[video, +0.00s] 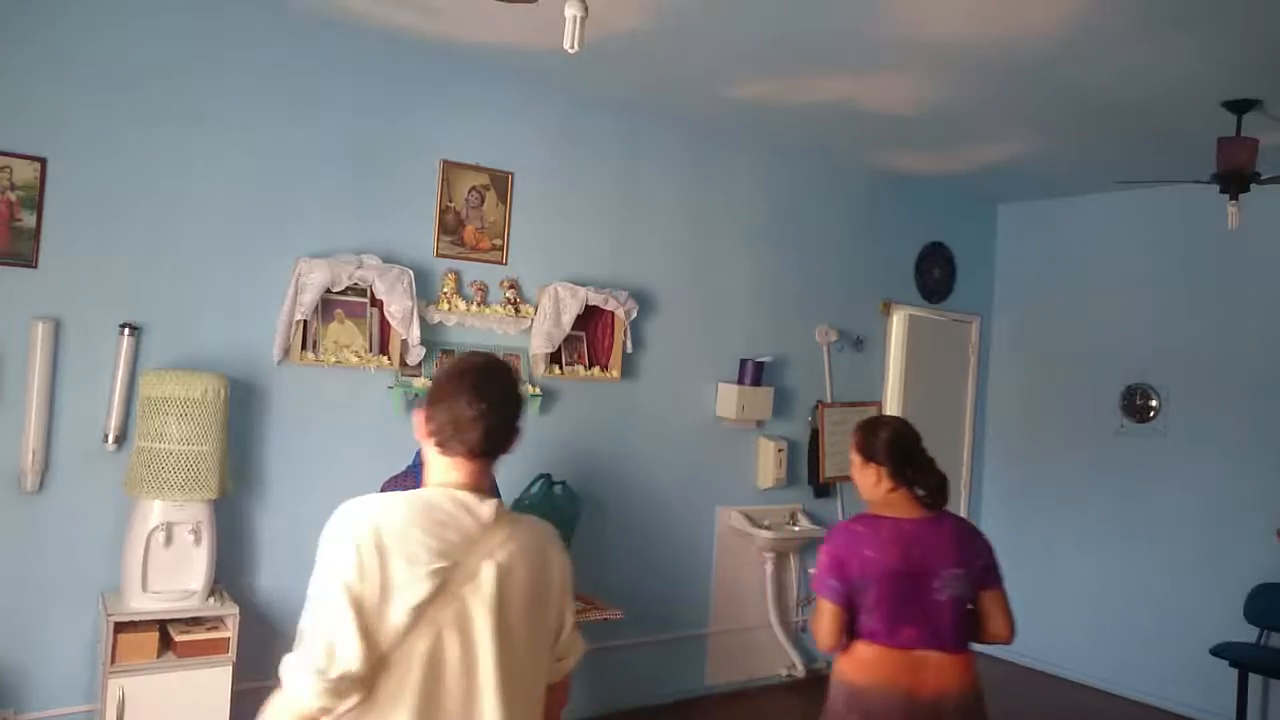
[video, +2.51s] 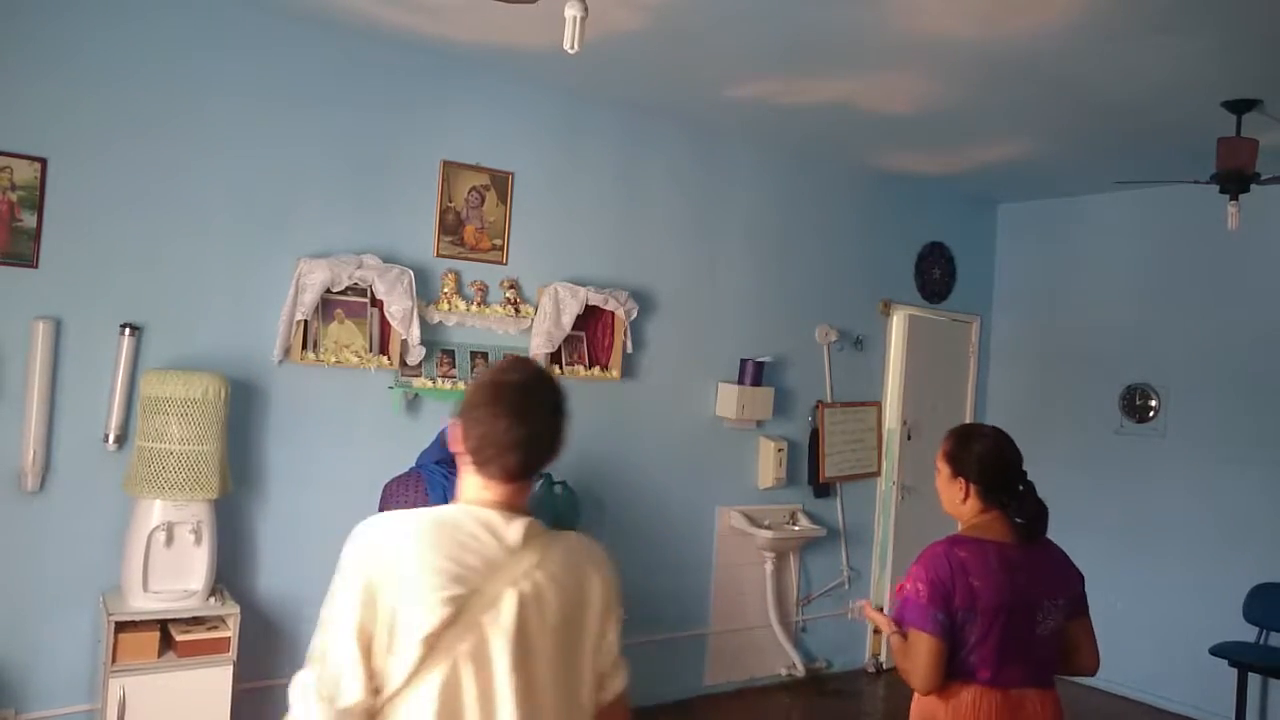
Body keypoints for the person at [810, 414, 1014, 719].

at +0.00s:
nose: (851, 473)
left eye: (854, 463)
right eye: (851, 463)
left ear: (876, 473)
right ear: (912, 465)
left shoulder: (846, 538)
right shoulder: (965, 535)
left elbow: (827, 639)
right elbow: (1000, 629)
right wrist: (940, 618)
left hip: (869, 696)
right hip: (952, 695)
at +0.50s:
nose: (926, 472)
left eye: (932, 464)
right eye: (929, 463)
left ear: (959, 477)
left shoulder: (949, 546)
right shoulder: (1033, 539)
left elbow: (947, 654)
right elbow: (1061, 628)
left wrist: (897, 620)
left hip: (968, 688)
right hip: (1033, 682)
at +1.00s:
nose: (939, 473)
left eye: (949, 465)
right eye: (944, 464)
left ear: (978, 479)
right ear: (979, 480)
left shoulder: (982, 550)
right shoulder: (1031, 539)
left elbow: (985, 664)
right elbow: (1050, 634)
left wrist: (913, 632)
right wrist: (941, 620)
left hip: (983, 699)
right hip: (1037, 687)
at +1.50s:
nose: (942, 471)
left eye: (951, 461)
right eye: (947, 461)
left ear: (978, 473)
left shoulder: (965, 550)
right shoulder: (1040, 547)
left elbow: (953, 665)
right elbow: (1060, 650)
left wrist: (895, 626)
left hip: (962, 701)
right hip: (1028, 695)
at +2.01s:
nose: (934, 479)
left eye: (938, 469)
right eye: (936, 469)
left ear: (962, 482)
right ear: (1006, 481)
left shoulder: (941, 559)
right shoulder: (1047, 562)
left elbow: (924, 678)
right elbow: (1075, 666)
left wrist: (881, 637)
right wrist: (1003, 654)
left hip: (951, 707)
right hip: (1031, 706)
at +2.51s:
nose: (936, 482)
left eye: (939, 473)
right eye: (937, 472)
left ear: (962, 488)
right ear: (1008, 481)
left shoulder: (941, 561)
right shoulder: (1054, 559)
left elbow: (923, 678)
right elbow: (1085, 660)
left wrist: (891, 633)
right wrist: (1016, 649)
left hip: (958, 706)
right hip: (1037, 705)